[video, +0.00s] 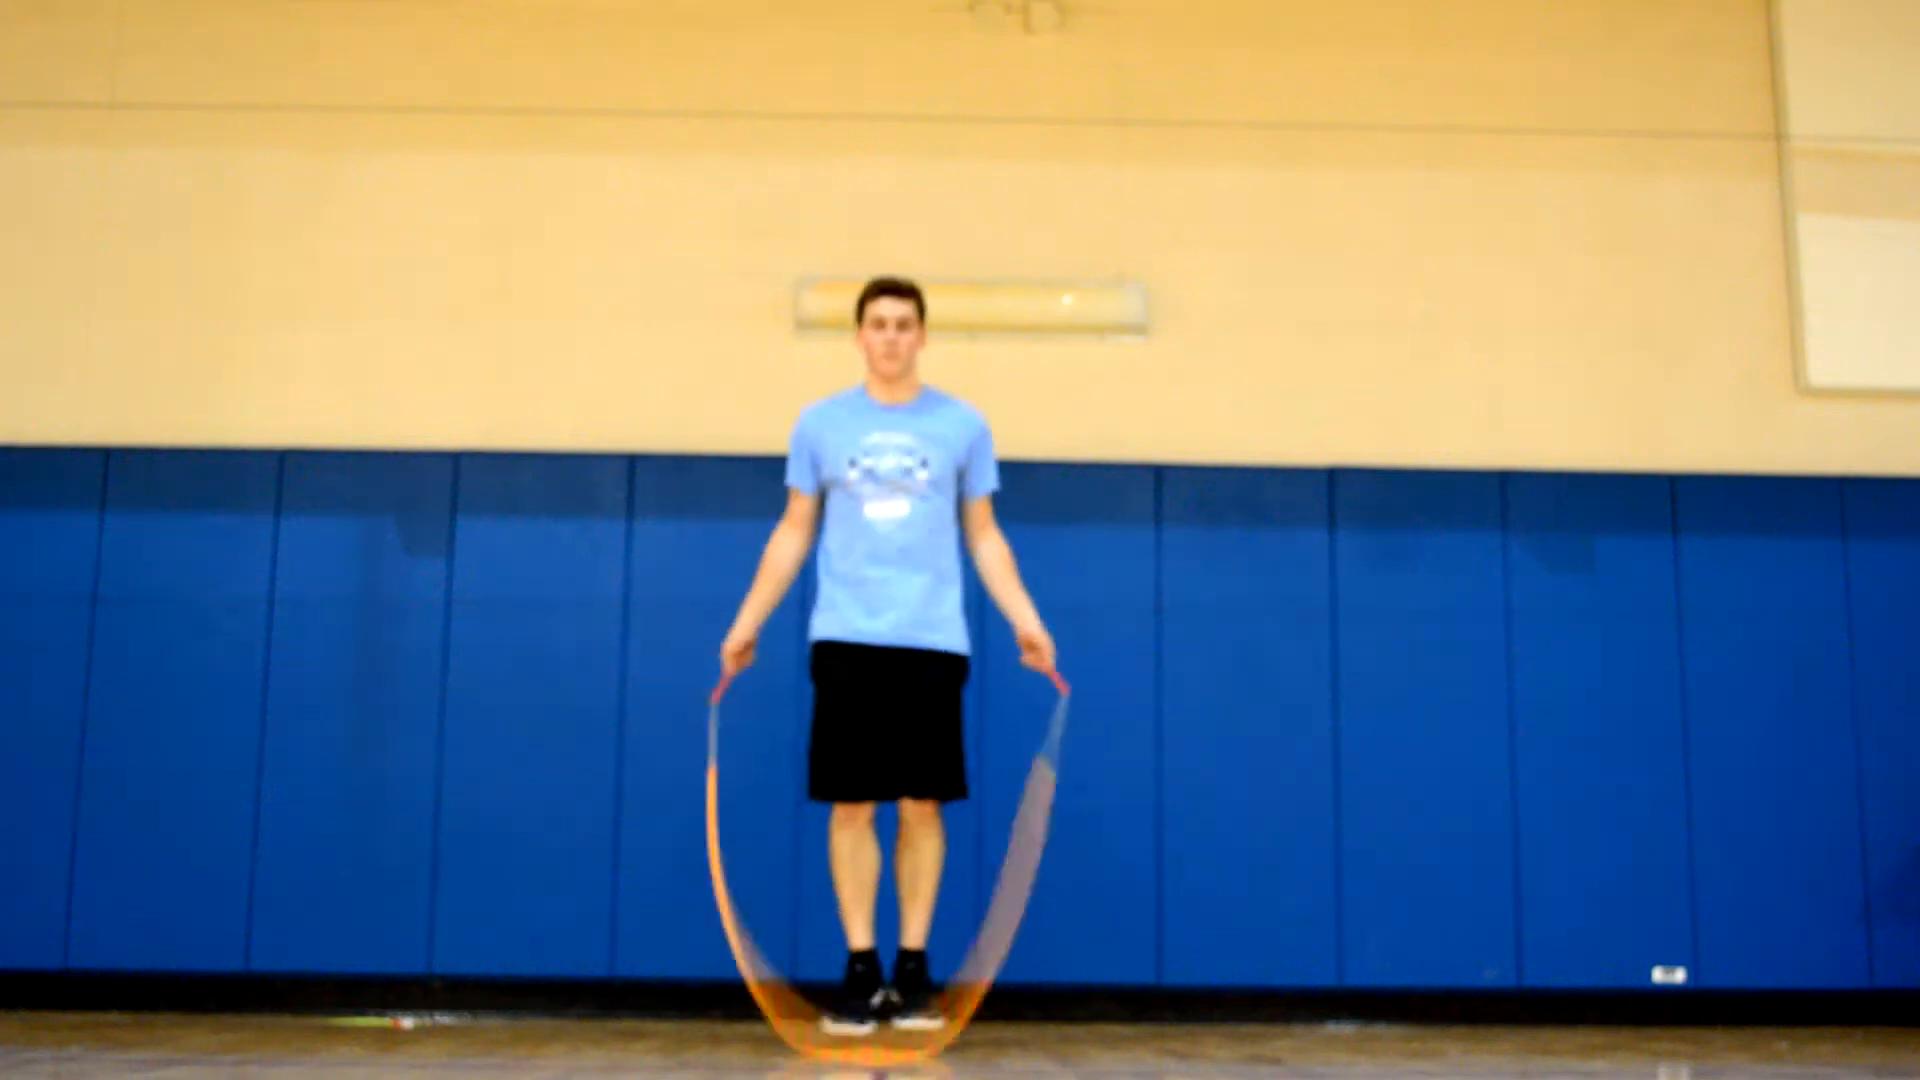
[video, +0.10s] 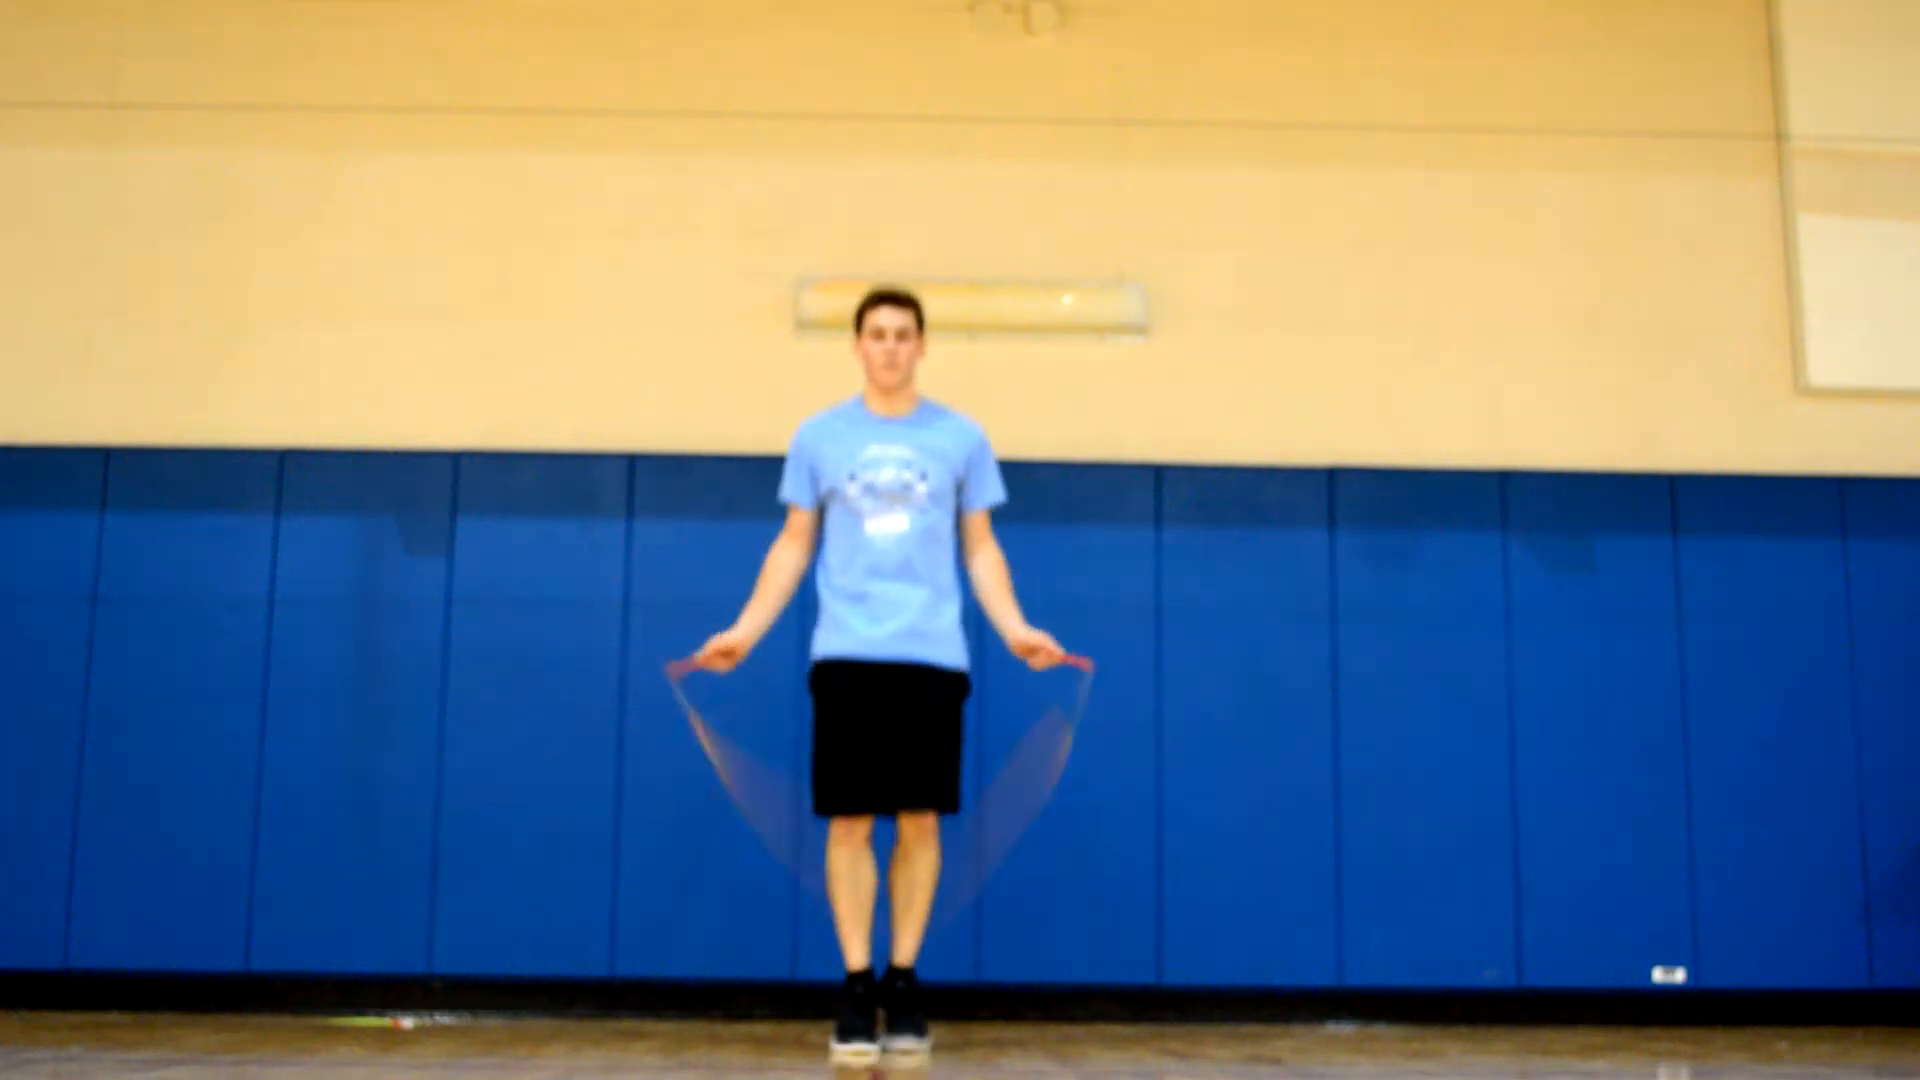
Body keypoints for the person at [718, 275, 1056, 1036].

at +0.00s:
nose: (891, 339)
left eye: (904, 326)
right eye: (879, 326)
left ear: (923, 336)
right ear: (859, 336)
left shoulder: (961, 425)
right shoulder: (823, 423)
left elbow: (984, 536)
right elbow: (794, 532)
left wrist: (1027, 623)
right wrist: (746, 625)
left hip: (932, 641)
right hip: (846, 638)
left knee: (920, 805)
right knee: (852, 805)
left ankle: (912, 970)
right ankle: (861, 970)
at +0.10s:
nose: (891, 348)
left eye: (904, 336)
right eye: (879, 336)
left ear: (922, 347)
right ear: (857, 346)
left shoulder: (959, 437)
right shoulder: (820, 436)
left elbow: (980, 548)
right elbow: (794, 543)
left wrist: (1016, 629)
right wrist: (744, 632)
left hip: (932, 654)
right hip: (847, 652)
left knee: (919, 820)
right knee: (850, 820)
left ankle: (902, 988)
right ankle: (857, 990)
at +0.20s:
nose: (888, 392)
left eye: (900, 380)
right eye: (876, 379)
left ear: (920, 391)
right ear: (855, 392)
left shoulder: (960, 484)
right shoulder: (819, 483)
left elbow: (976, 587)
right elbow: (791, 586)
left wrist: (1004, 652)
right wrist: (736, 651)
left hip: (933, 706)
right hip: (842, 704)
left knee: (931, 864)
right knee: (834, 861)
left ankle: (900, 1007)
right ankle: (858, 1007)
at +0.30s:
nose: (887, 381)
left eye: (900, 369)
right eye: (875, 368)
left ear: (919, 380)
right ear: (854, 380)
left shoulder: (959, 471)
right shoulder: (818, 468)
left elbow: (978, 573)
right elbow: (789, 568)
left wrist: (1006, 641)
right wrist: (743, 637)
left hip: (932, 695)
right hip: (843, 693)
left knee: (930, 845)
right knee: (840, 845)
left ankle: (903, 998)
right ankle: (858, 1000)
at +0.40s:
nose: (887, 330)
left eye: (900, 318)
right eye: (875, 317)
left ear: (919, 328)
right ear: (853, 327)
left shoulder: (958, 414)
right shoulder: (818, 415)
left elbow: (983, 521)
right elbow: (791, 519)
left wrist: (1013, 613)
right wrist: (755, 609)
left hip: (932, 632)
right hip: (847, 631)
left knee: (916, 795)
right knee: (855, 794)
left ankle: (904, 963)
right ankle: (861, 964)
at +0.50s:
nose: (887, 315)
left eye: (900, 302)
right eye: (874, 302)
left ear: (919, 310)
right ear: (853, 310)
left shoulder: (960, 399)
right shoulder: (818, 399)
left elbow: (987, 511)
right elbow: (790, 509)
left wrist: (1034, 609)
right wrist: (742, 609)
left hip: (932, 615)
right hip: (848, 613)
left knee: (915, 781)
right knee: (856, 779)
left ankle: (904, 949)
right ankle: (865, 948)